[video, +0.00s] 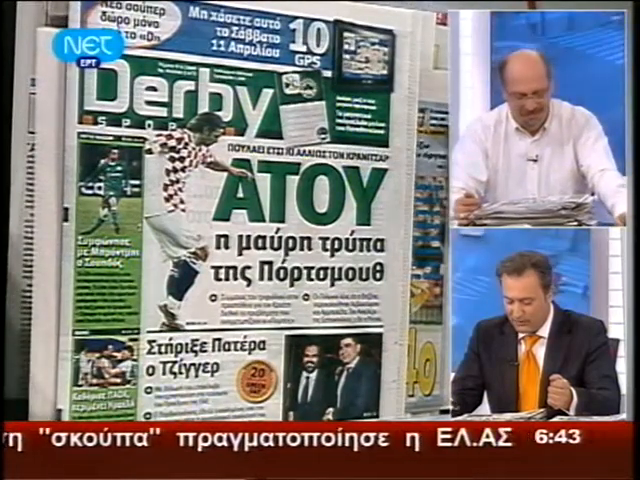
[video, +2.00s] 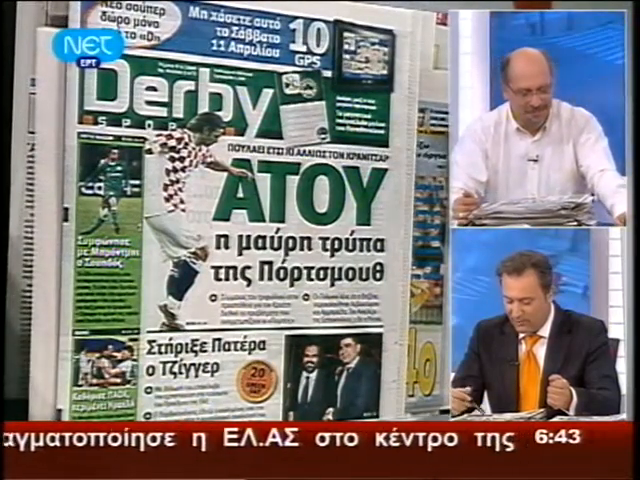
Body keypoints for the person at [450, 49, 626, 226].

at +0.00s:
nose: (531, 105)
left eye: (538, 94)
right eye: (519, 97)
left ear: (550, 86)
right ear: (505, 92)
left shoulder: (579, 123)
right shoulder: (482, 130)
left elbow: (604, 173)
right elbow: (462, 188)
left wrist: (625, 210)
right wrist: (463, 208)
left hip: (567, 243)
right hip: (500, 243)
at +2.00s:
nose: (536, 102)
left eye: (543, 91)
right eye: (525, 93)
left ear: (552, 84)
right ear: (506, 91)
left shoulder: (580, 123)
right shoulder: (482, 131)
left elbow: (603, 173)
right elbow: (462, 189)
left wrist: (624, 210)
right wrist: (463, 208)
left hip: (567, 245)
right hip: (500, 245)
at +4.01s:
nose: (533, 107)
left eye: (540, 96)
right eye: (521, 98)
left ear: (551, 86)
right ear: (505, 91)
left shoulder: (580, 124)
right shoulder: (482, 131)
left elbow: (604, 174)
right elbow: (462, 189)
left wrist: (624, 211)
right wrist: (463, 208)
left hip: (566, 245)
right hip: (499, 245)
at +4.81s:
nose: (530, 105)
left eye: (539, 94)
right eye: (520, 95)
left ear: (551, 86)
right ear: (504, 90)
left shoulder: (580, 124)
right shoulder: (482, 131)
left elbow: (604, 174)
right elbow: (462, 187)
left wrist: (624, 211)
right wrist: (462, 208)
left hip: (567, 246)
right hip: (499, 246)